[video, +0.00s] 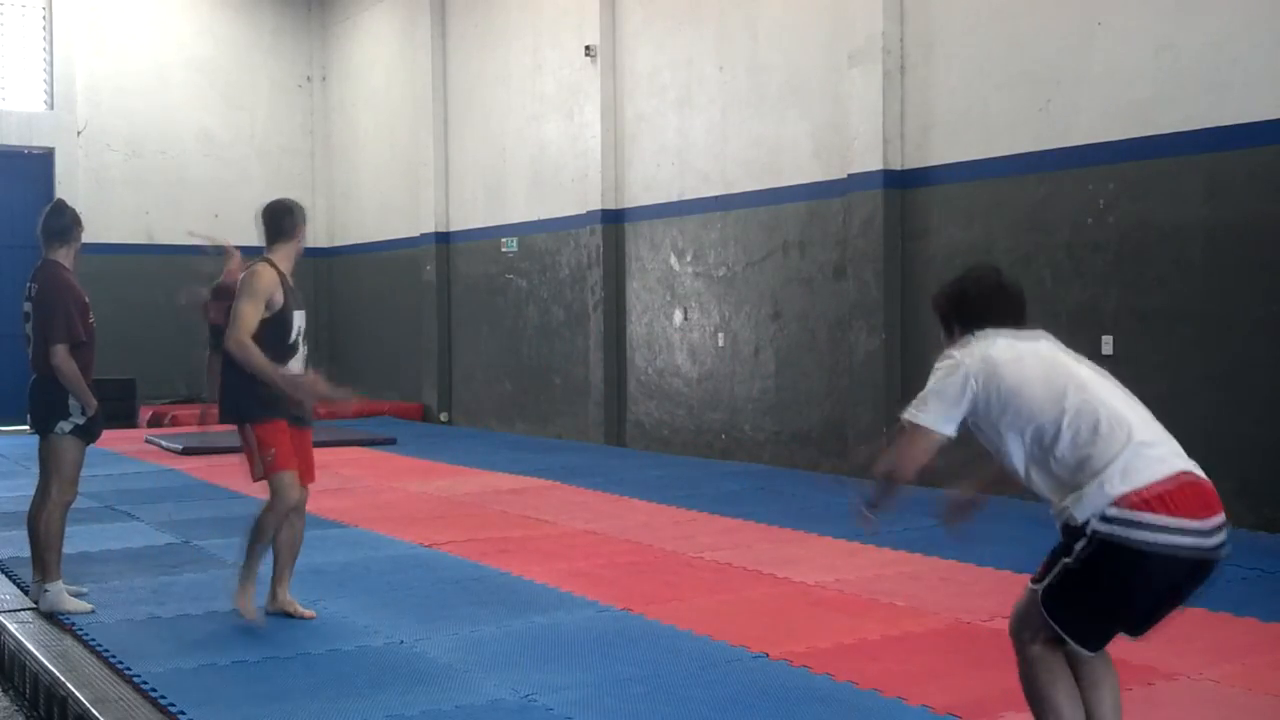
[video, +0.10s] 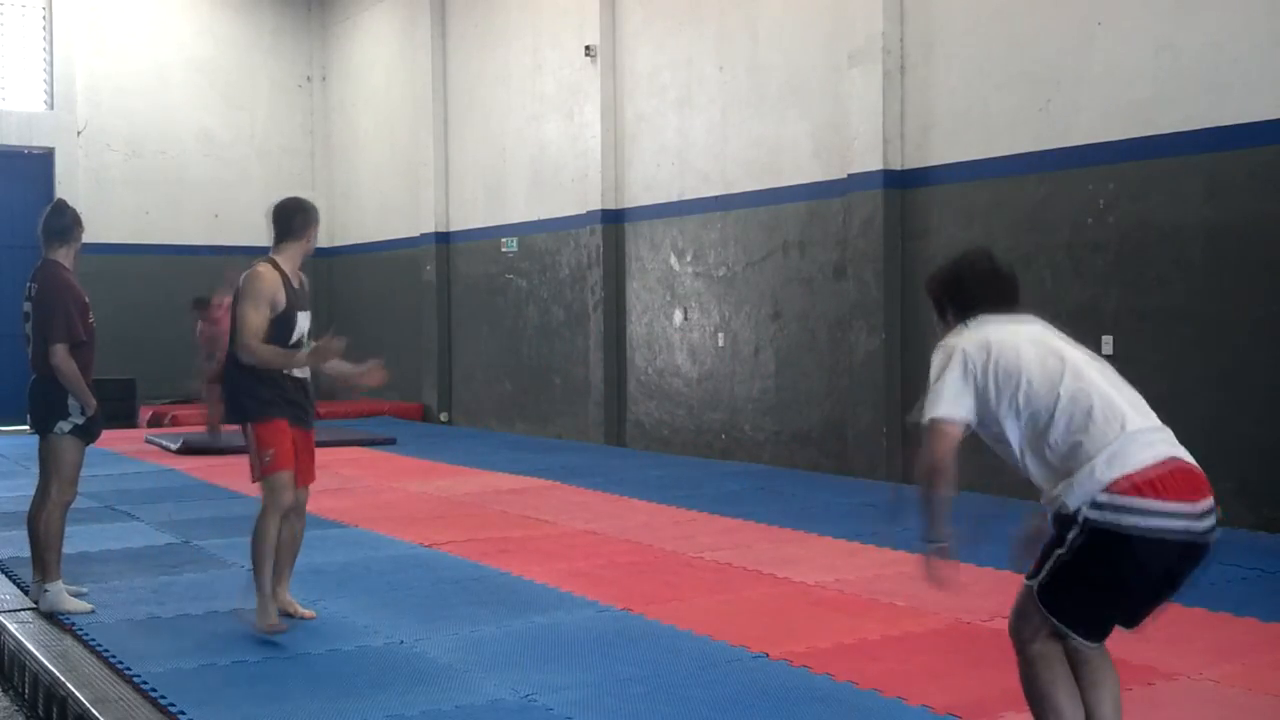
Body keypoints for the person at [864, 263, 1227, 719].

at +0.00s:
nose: (944, 339)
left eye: (944, 329)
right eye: (943, 329)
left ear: (954, 327)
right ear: (1013, 314)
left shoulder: (966, 359)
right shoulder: (1047, 348)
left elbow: (900, 465)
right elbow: (1030, 442)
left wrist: (879, 498)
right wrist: (974, 492)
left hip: (1130, 530)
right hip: (1203, 531)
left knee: (1033, 628)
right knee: (1080, 635)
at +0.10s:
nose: (939, 327)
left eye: (939, 316)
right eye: (938, 316)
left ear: (949, 313)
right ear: (1009, 297)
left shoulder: (963, 345)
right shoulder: (1045, 334)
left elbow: (939, 453)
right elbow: (1106, 429)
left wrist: (937, 538)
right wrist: (1055, 517)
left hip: (1121, 516)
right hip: (1194, 518)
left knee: (1032, 628)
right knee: (1083, 633)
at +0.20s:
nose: (931, 303)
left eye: (930, 292)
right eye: (931, 291)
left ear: (939, 290)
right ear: (1002, 276)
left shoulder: (959, 324)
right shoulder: (1041, 313)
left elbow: (968, 414)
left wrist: (979, 516)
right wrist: (1061, 501)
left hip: (1113, 496)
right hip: (1183, 497)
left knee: (1036, 627)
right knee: (1086, 631)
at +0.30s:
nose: (930, 272)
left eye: (930, 259)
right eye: (929, 259)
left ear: (940, 257)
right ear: (1001, 248)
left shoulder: (957, 295)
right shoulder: (1046, 288)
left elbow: (981, 379)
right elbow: (1119, 372)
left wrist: (998, 485)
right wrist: (1055, 478)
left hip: (1107, 478)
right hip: (1173, 477)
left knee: (1045, 624)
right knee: (1095, 624)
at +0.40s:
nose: (932, 234)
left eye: (933, 224)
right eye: (932, 224)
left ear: (943, 225)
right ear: (1006, 220)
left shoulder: (956, 269)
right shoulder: (1050, 264)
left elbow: (980, 356)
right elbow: (1122, 348)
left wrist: (993, 461)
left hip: (1092, 464)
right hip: (1164, 462)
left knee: (1067, 627)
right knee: (1113, 623)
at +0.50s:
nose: (936, 211)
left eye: (939, 199)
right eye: (938, 199)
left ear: (952, 202)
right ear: (1010, 200)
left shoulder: (959, 251)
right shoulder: (1052, 247)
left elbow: (981, 348)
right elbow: (1118, 340)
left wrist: (974, 452)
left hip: (1087, 452)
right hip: (1154, 447)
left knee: (1088, 635)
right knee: (1128, 628)